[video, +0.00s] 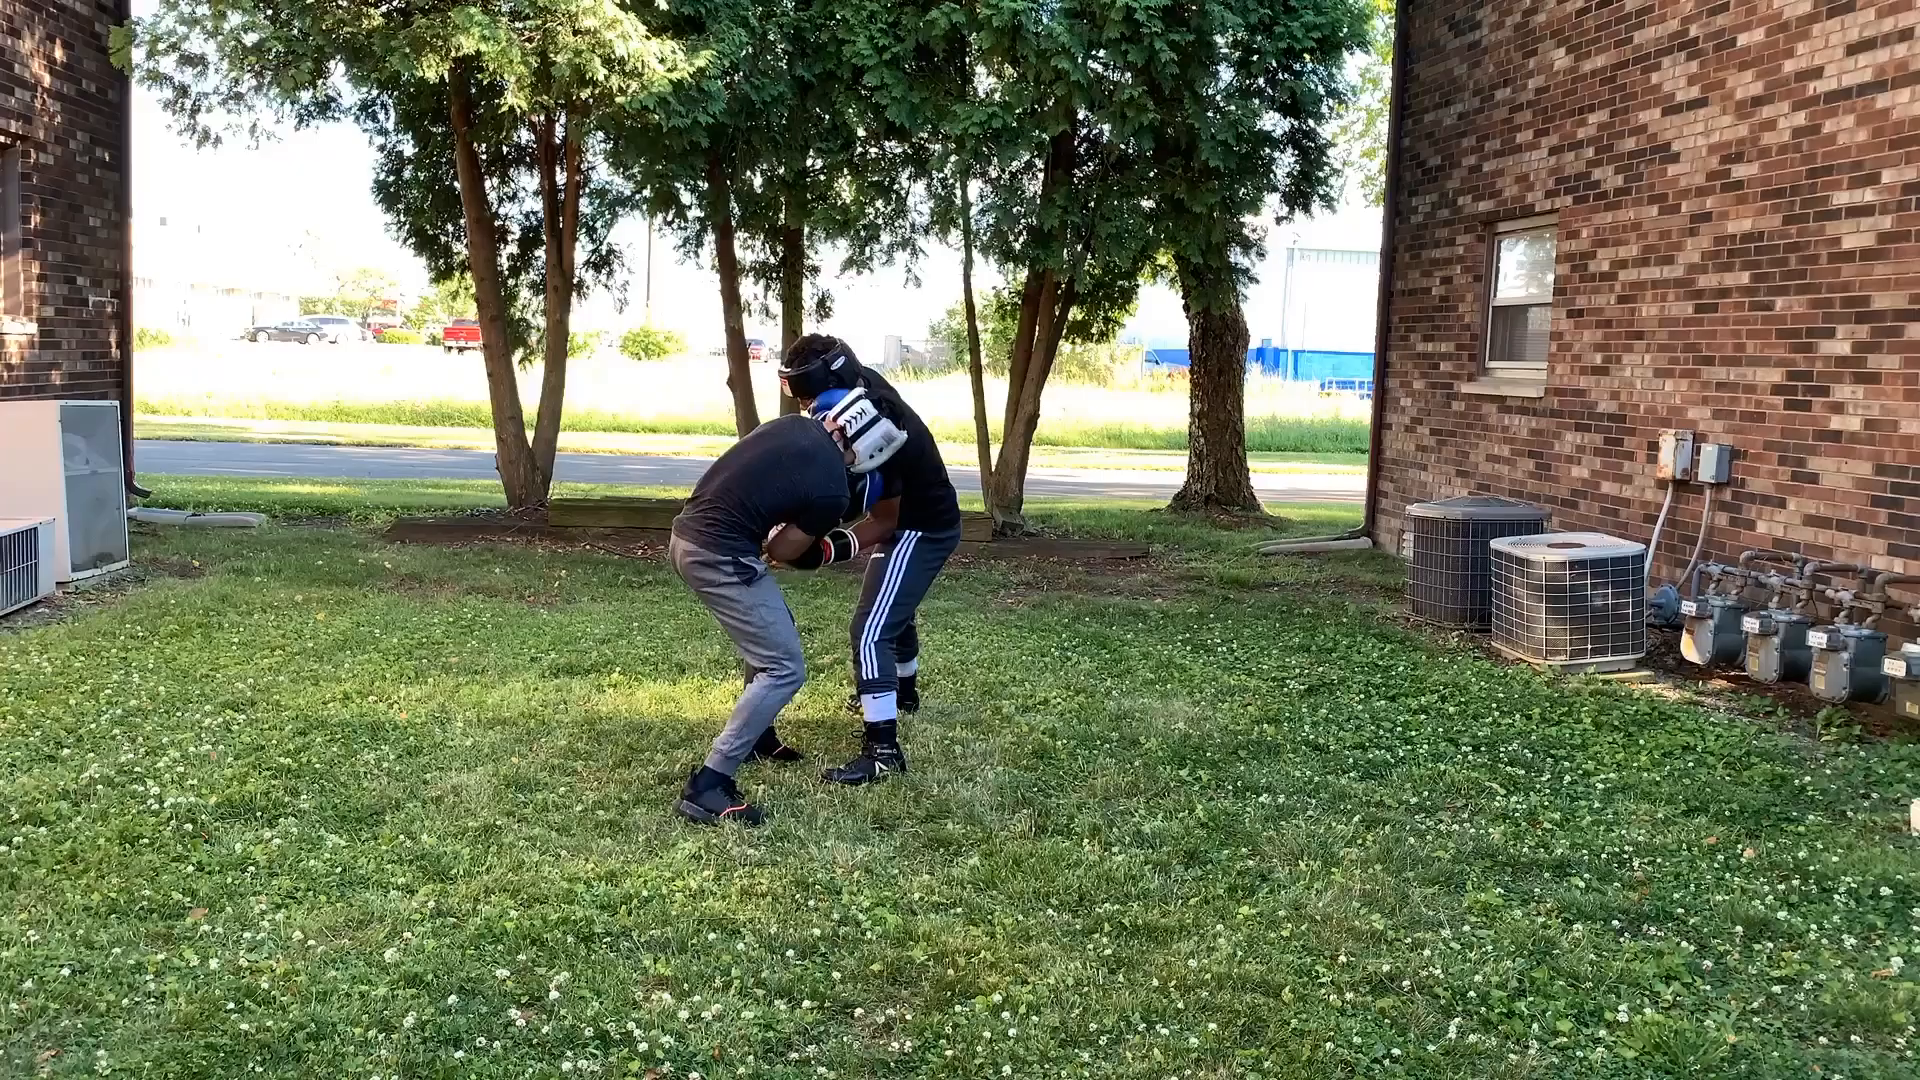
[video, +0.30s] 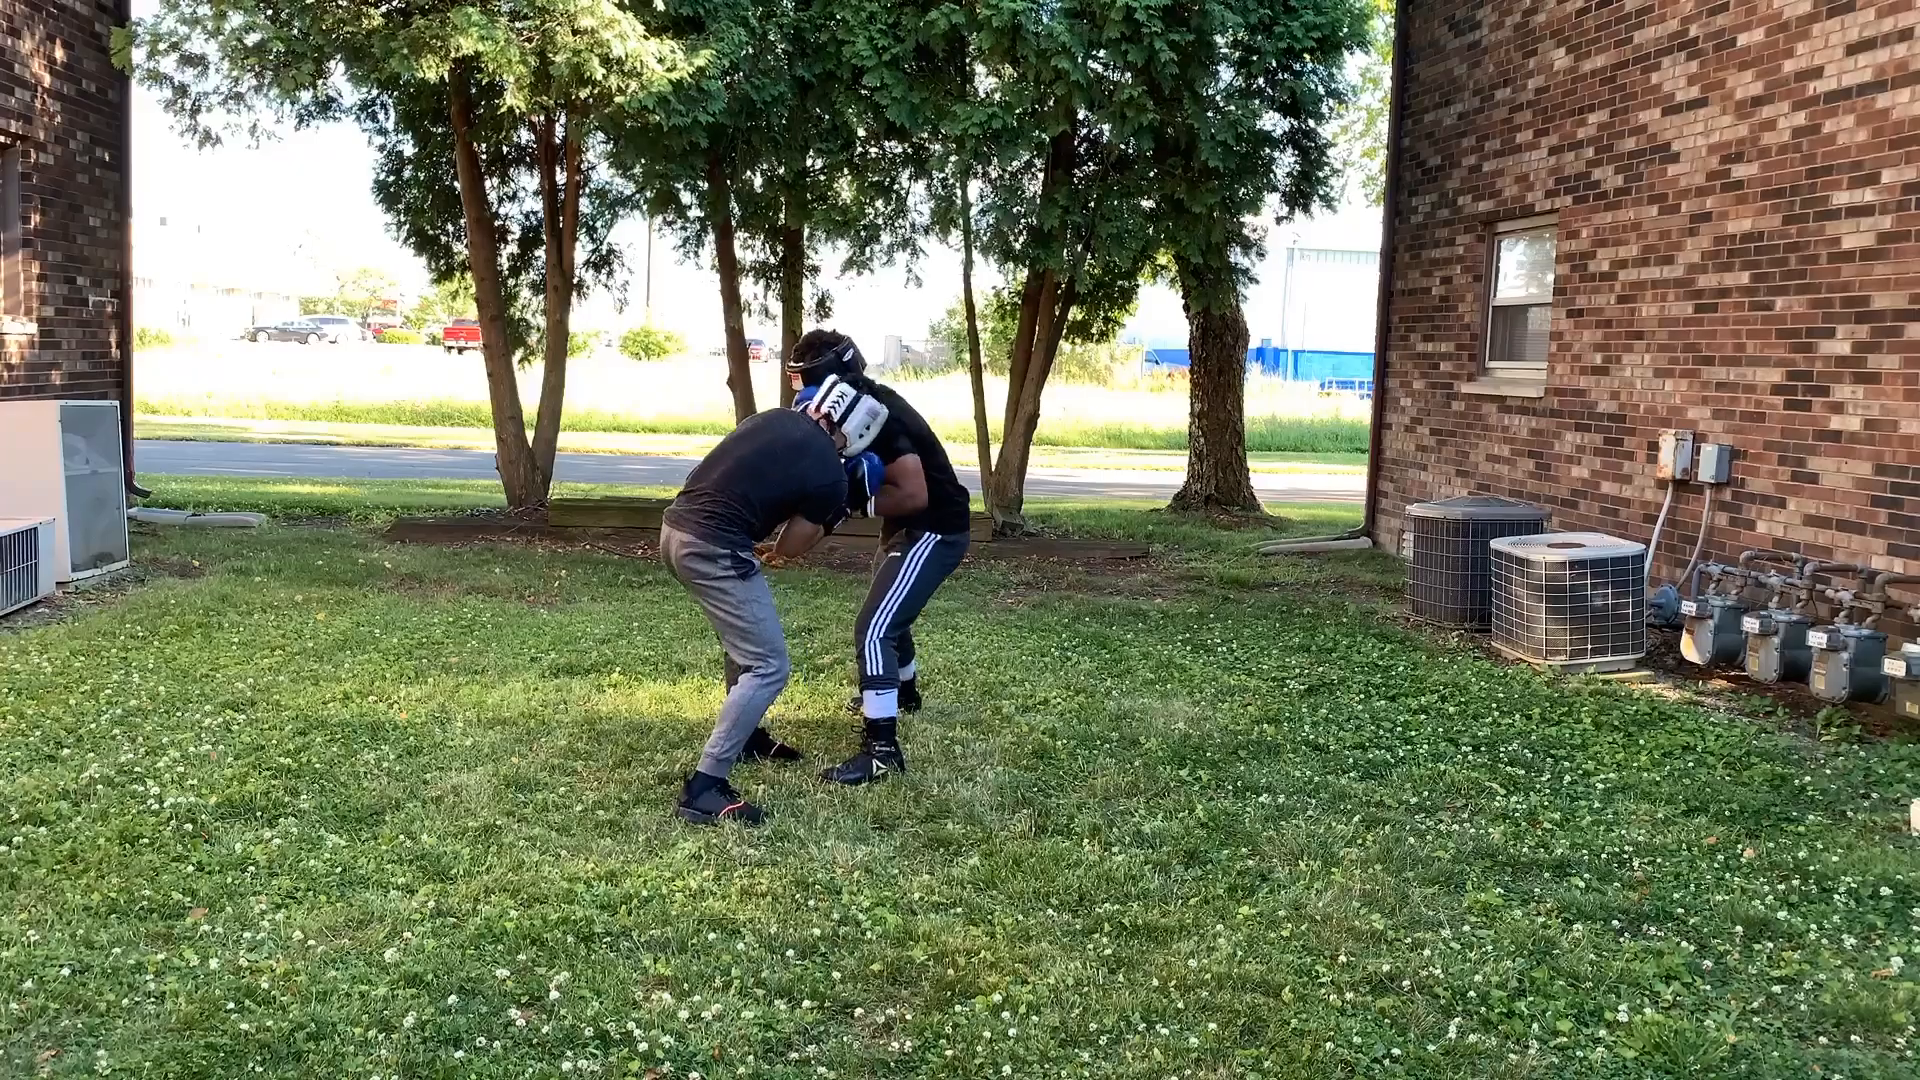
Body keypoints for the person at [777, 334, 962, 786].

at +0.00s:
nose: (797, 399)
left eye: (800, 390)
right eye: (795, 390)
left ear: (821, 386)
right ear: (837, 373)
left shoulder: (865, 424)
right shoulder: (859, 388)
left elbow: (886, 521)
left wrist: (830, 549)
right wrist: (803, 529)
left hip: (920, 528)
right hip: (911, 519)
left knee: (870, 629)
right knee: (894, 610)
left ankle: (883, 750)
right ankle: (903, 691)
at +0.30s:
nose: (795, 386)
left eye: (802, 378)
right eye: (795, 377)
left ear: (832, 377)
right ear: (839, 373)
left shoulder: (876, 411)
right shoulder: (853, 408)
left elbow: (913, 495)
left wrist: (857, 503)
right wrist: (838, 489)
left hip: (934, 529)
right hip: (907, 525)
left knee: (874, 628)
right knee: (889, 615)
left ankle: (882, 750)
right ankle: (904, 693)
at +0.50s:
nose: (811, 389)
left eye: (817, 377)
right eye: (807, 379)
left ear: (846, 371)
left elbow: (950, 480)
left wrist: (893, 481)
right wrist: (852, 476)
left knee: (898, 624)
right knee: (891, 616)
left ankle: (885, 749)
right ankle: (900, 694)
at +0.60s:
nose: (814, 396)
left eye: (820, 384)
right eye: (810, 386)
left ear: (848, 374)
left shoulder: (914, 401)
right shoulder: (843, 416)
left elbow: (956, 472)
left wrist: (898, 485)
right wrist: (845, 483)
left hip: (940, 524)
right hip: (896, 526)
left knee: (896, 627)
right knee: (878, 617)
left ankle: (884, 749)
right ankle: (902, 693)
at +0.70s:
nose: (812, 391)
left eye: (817, 380)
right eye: (810, 381)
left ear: (844, 373)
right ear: (847, 370)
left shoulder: (900, 409)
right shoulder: (858, 408)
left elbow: (929, 487)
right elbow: (878, 476)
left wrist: (871, 522)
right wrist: (853, 521)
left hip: (936, 525)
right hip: (901, 522)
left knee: (888, 627)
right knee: (871, 614)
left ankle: (883, 750)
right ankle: (900, 689)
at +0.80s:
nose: (814, 387)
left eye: (817, 377)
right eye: (812, 377)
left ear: (839, 372)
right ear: (854, 364)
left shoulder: (878, 405)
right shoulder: (867, 401)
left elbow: (898, 495)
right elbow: (886, 485)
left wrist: (863, 532)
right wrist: (856, 524)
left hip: (934, 528)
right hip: (909, 523)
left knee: (886, 627)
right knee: (870, 610)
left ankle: (882, 751)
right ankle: (900, 690)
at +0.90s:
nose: (816, 383)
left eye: (819, 372)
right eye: (813, 373)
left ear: (842, 366)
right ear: (853, 361)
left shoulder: (884, 394)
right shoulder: (867, 396)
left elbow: (908, 478)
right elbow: (889, 474)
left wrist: (860, 522)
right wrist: (861, 514)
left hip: (932, 523)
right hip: (906, 519)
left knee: (895, 626)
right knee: (869, 608)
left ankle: (885, 745)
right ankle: (899, 692)